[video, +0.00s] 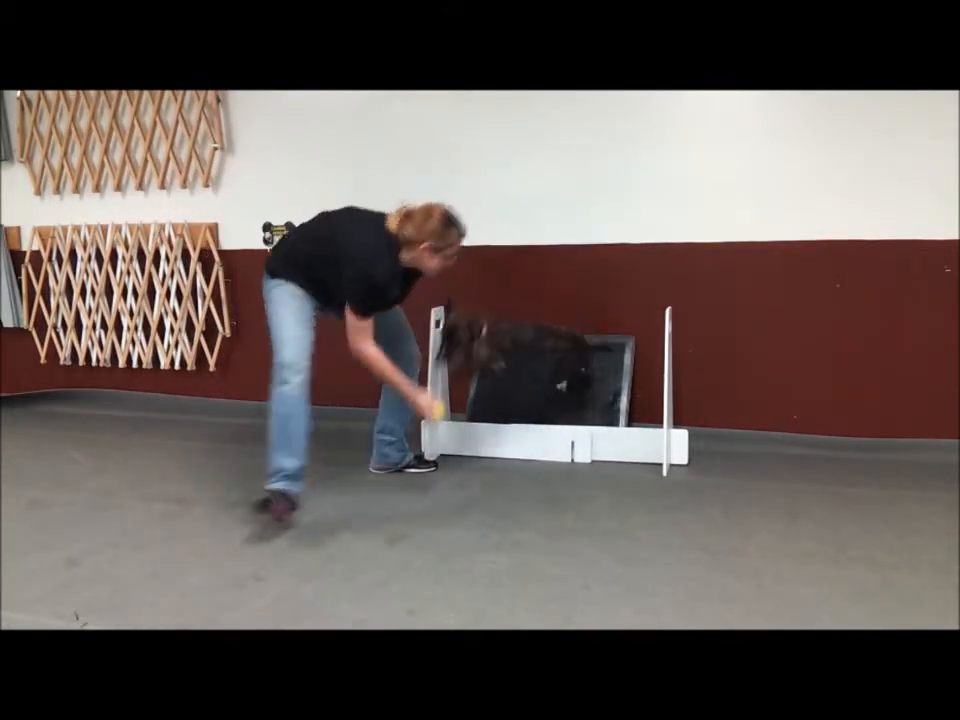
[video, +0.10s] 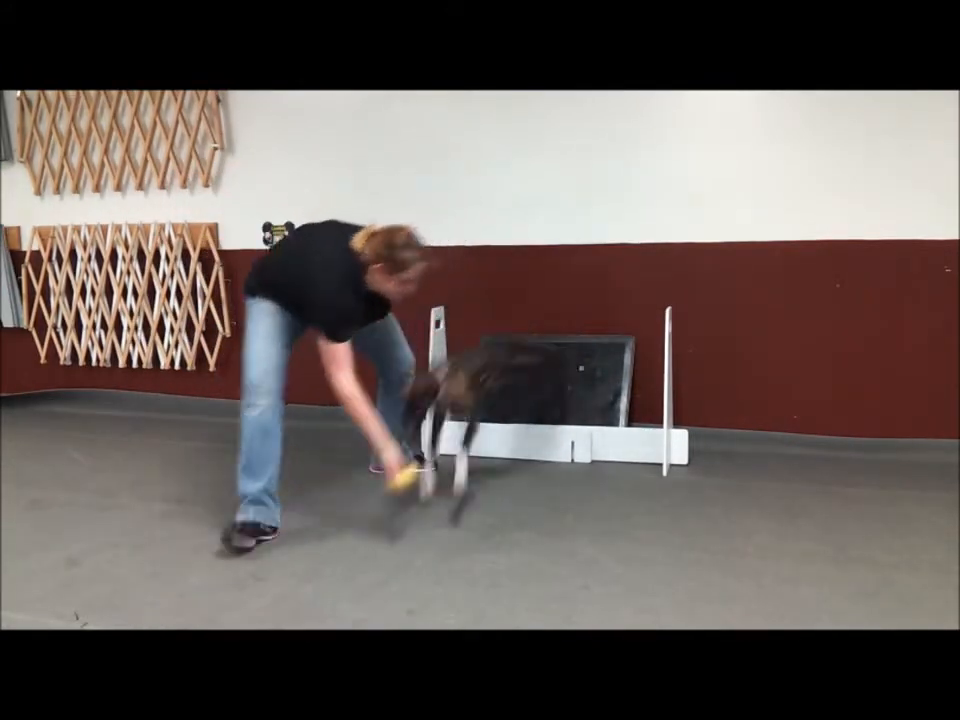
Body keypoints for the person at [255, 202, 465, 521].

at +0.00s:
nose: (451, 263)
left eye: (453, 257)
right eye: (448, 256)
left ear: (425, 248)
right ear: (425, 250)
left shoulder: (411, 258)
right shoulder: (368, 263)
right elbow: (361, 345)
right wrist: (413, 394)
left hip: (349, 279)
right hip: (294, 277)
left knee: (406, 356)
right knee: (293, 370)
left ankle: (390, 455)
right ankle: (284, 487)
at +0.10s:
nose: (411, 290)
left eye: (414, 282)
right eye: (405, 283)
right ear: (378, 273)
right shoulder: (336, 287)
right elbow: (341, 378)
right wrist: (388, 449)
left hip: (345, 298)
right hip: (277, 294)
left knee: (399, 365)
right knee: (262, 397)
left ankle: (389, 453)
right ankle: (256, 512)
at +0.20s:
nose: (354, 308)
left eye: (361, 299)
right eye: (344, 299)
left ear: (371, 291)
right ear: (318, 287)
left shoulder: (355, 279)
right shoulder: (281, 290)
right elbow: (298, 390)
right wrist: (313, 478)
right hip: (257, 307)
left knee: (385, 372)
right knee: (230, 394)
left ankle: (387, 452)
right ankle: (250, 519)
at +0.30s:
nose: (289, 312)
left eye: (297, 301)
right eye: (276, 303)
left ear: (313, 286)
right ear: (252, 293)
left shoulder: (332, 273)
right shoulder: (235, 298)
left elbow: (340, 249)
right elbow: (232, 387)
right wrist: (221, 464)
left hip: (323, 308)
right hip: (244, 322)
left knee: (365, 384)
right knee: (212, 403)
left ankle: (390, 475)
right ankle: (252, 517)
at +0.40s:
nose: (232, 298)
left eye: (240, 286)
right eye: (220, 289)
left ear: (263, 271)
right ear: (207, 283)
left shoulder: (303, 262)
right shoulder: (198, 300)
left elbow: (342, 253)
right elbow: (170, 375)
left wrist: (347, 277)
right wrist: (133, 442)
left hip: (315, 298)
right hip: (236, 327)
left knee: (342, 377)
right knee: (212, 402)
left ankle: (363, 455)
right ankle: (248, 505)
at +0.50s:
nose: (198, 272)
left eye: (208, 259)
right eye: (189, 262)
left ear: (236, 246)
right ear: (177, 256)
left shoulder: (281, 241)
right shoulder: (175, 282)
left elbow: (338, 245)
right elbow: (130, 357)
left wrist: (358, 283)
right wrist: (72, 421)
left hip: (312, 288)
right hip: (236, 312)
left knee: (330, 374)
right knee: (213, 397)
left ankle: (332, 450)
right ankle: (254, 516)